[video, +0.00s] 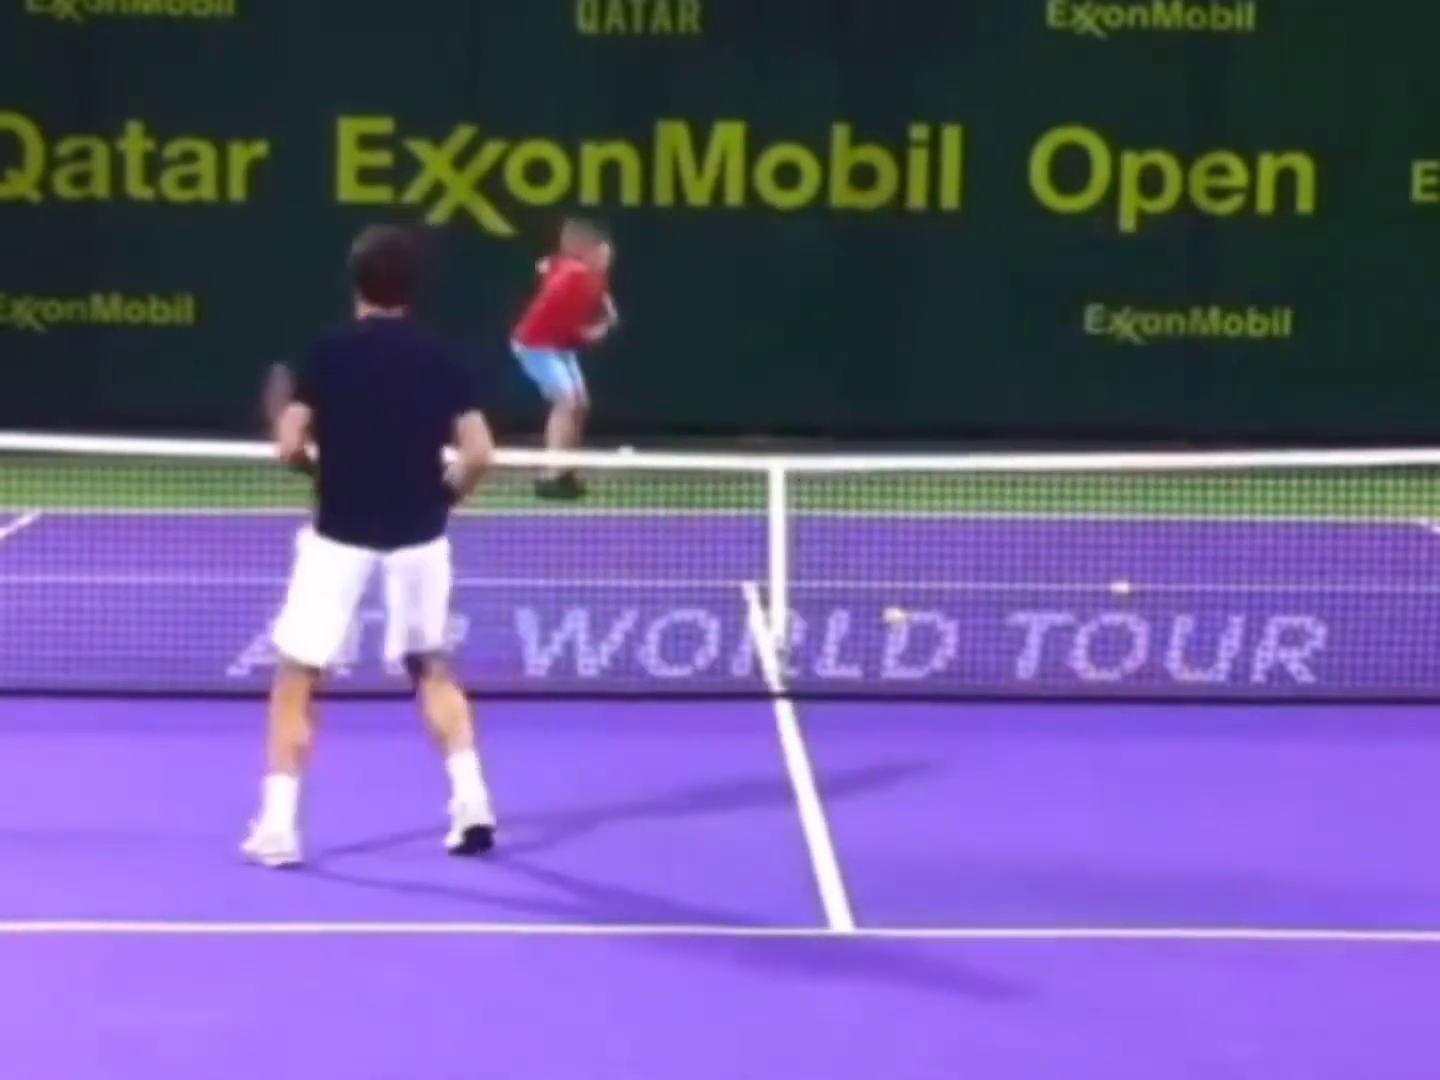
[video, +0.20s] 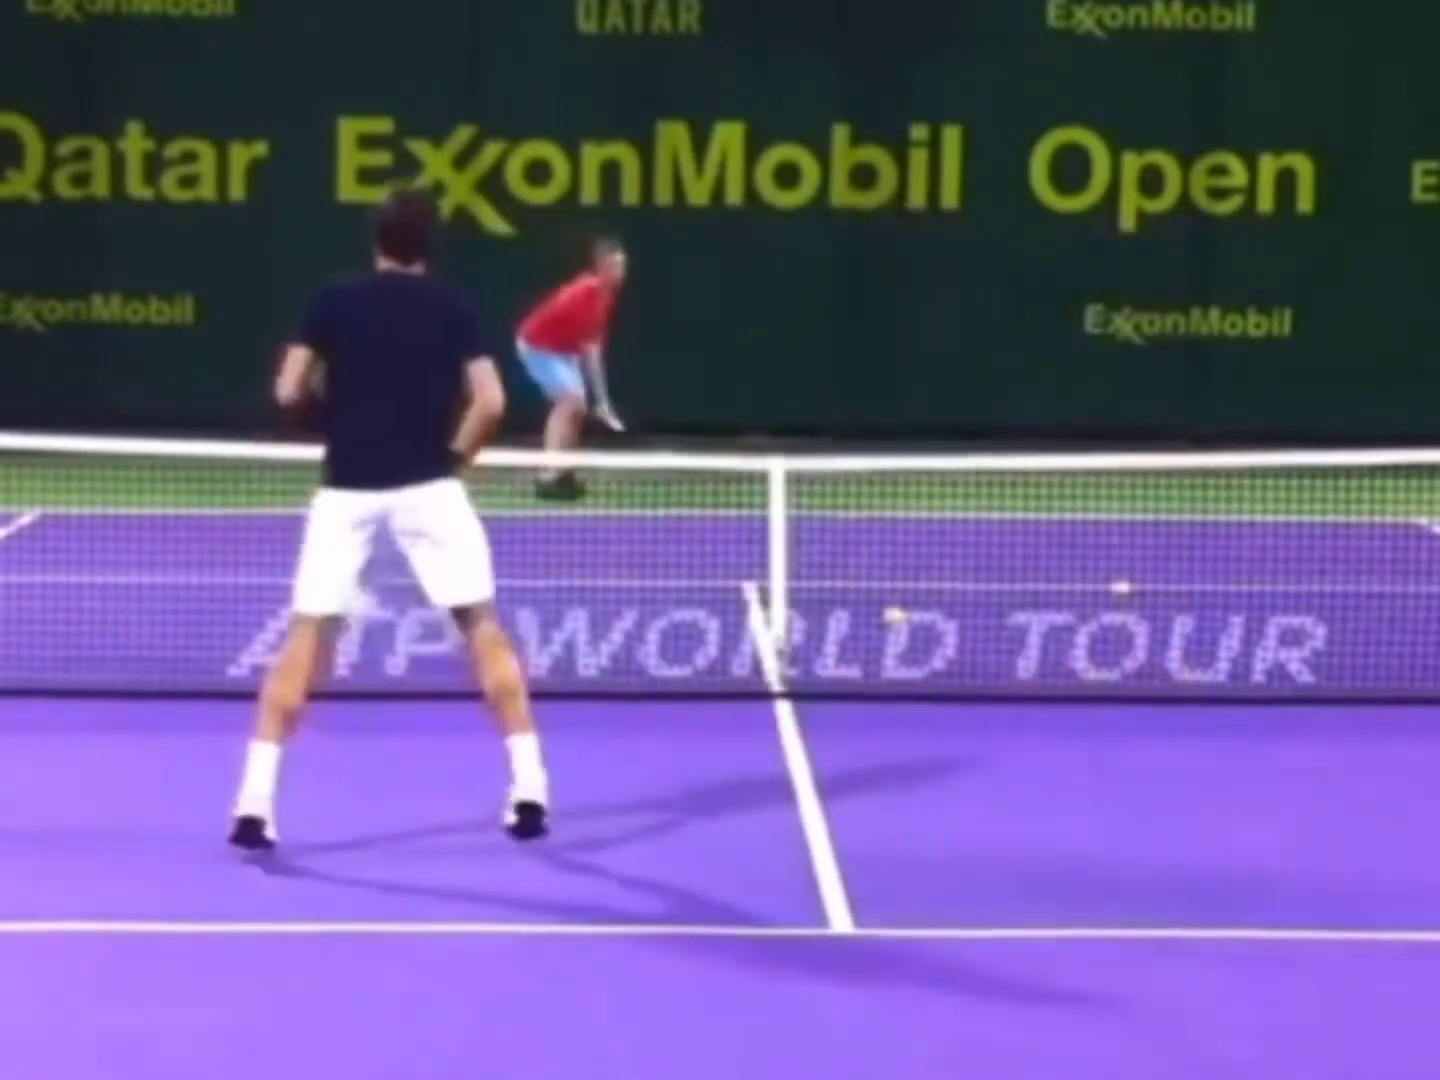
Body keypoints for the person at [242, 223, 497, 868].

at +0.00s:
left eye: (362, 281)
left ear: (355, 287)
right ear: (413, 289)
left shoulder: (328, 353)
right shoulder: (436, 357)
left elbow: (288, 442)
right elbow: (479, 451)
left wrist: (317, 460)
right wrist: (450, 490)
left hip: (340, 538)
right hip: (421, 538)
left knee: (296, 675)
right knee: (432, 668)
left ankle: (279, 821)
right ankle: (471, 796)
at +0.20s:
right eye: (420, 241)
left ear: (375, 245)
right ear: (430, 248)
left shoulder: (338, 300)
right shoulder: (452, 308)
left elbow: (289, 390)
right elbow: (490, 399)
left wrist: (335, 405)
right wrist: (459, 451)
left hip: (345, 492)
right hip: (427, 489)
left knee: (306, 633)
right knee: (480, 626)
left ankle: (256, 796)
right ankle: (528, 777)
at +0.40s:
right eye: (439, 307)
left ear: (392, 313)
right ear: (449, 314)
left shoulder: (358, 376)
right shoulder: (469, 383)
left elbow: (317, 462)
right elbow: (506, 479)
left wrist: (359, 489)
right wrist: (480, 527)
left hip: (361, 561)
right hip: (446, 561)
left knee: (298, 684)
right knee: (527, 677)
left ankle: (233, 812)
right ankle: (570, 821)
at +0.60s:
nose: (455, 295)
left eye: (448, 286)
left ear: (443, 291)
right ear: (497, 288)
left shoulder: (432, 355)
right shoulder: (534, 351)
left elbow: (400, 438)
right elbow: (550, 438)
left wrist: (382, 417)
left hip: (452, 535)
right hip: (532, 537)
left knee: (380, 657)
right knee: (560, 673)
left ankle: (366, 803)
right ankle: (579, 813)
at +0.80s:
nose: (460, 300)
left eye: (463, 289)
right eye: (462, 289)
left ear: (477, 291)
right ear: (528, 281)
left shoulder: (519, 339)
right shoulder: (558, 336)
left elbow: (487, 406)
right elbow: (491, 392)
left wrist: (406, 398)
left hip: (529, 528)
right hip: (587, 527)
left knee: (465, 658)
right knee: (588, 657)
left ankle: (487, 813)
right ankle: (667, 780)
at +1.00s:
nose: (541, 318)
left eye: (542, 306)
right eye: (541, 306)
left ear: (558, 304)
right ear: (597, 295)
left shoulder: (595, 350)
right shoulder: (630, 354)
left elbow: (552, 394)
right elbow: (543, 428)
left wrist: (463, 401)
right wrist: (464, 444)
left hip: (618, 535)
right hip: (670, 533)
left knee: (559, 666)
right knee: (645, 663)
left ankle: (512, 810)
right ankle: (681, 793)